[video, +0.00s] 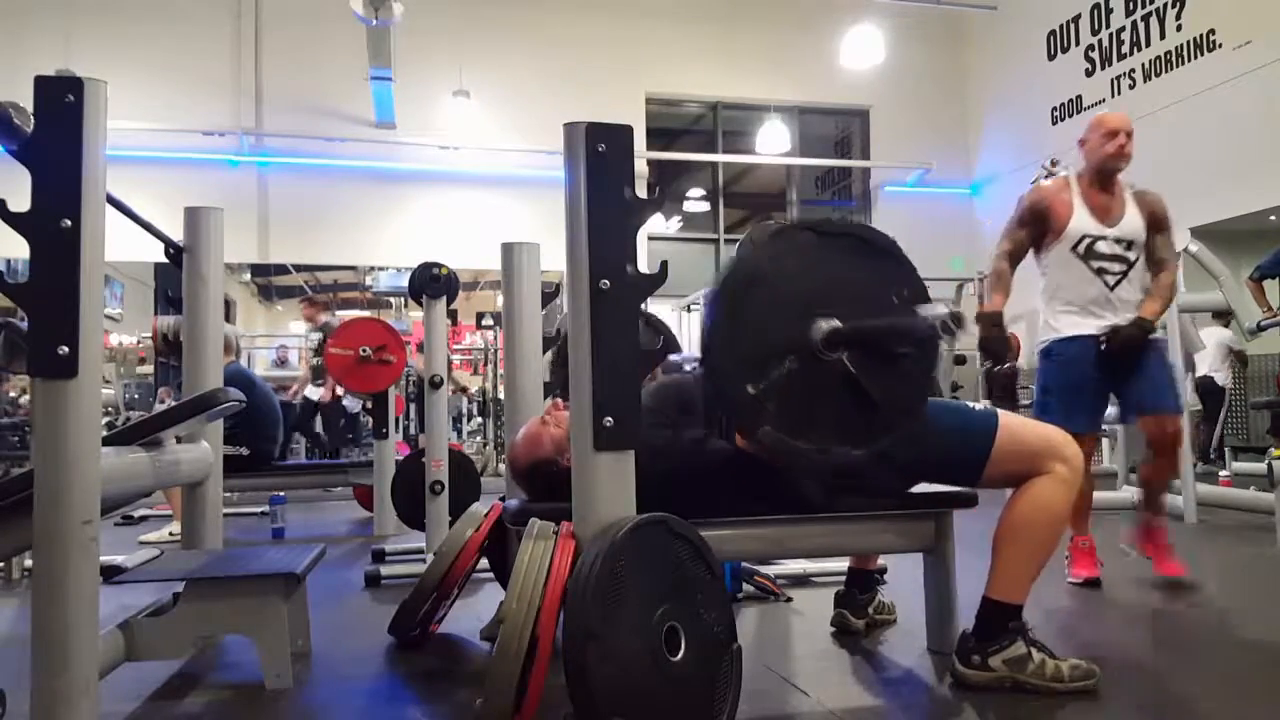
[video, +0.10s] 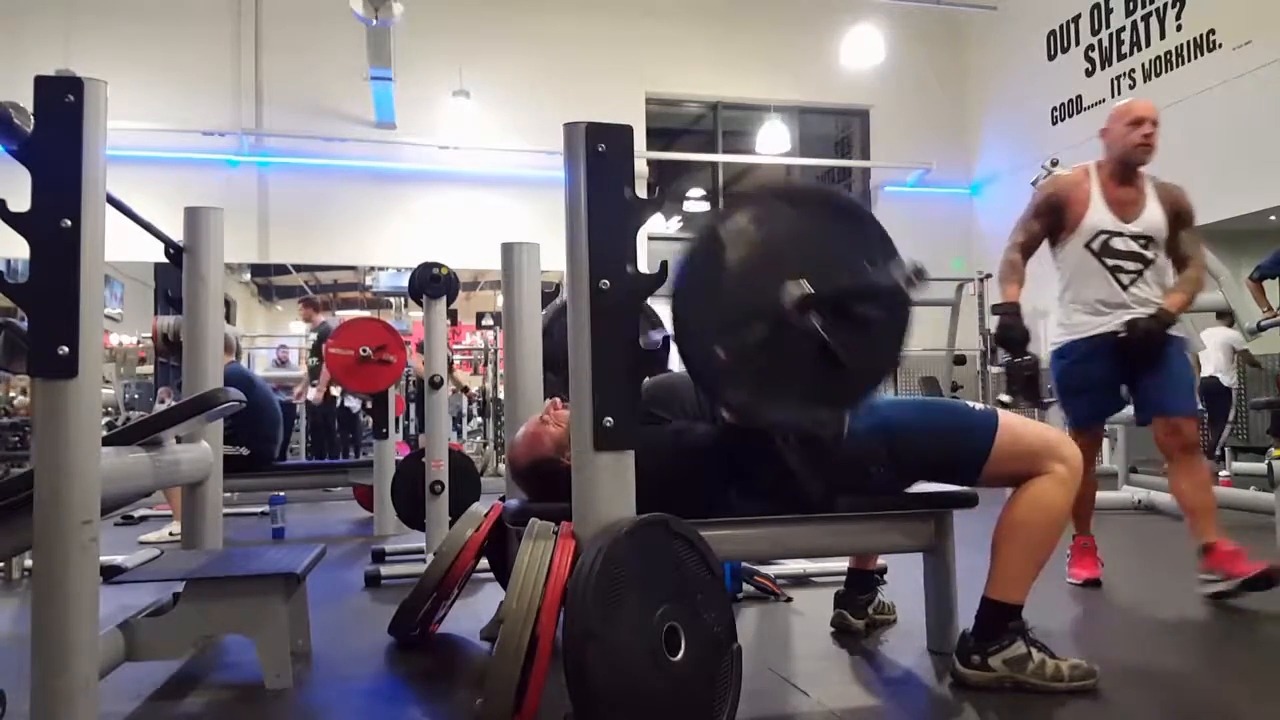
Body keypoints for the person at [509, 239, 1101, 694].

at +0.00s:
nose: (552, 406)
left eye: (542, 413)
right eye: (546, 423)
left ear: (563, 422)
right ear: (564, 453)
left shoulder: (626, 419)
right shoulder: (627, 451)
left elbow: (721, 403)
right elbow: (738, 435)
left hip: (808, 428)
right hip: (843, 438)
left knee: (892, 444)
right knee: (1060, 457)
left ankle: (858, 597)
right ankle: (993, 639)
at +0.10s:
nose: (548, 410)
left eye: (540, 415)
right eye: (542, 425)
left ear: (560, 422)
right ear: (560, 455)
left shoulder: (617, 424)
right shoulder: (608, 455)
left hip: (787, 436)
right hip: (831, 441)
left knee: (904, 430)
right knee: (1058, 458)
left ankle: (858, 596)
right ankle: (992, 642)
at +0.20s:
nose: (546, 412)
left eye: (538, 417)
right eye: (540, 428)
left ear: (557, 422)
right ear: (557, 461)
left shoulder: (608, 425)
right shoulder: (607, 451)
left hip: (806, 426)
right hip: (835, 434)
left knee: (921, 435)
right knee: (1053, 456)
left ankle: (858, 596)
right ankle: (992, 640)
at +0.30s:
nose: (549, 406)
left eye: (537, 412)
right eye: (540, 421)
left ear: (554, 450)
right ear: (559, 456)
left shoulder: (602, 446)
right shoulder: (627, 453)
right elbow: (690, 360)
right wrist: (694, 264)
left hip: (802, 449)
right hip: (839, 430)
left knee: (898, 456)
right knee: (1050, 450)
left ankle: (862, 594)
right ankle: (992, 641)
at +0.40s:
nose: (543, 408)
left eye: (531, 415)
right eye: (536, 426)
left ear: (552, 448)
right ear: (558, 460)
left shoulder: (602, 431)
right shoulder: (618, 434)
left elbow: (641, 329)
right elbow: (657, 307)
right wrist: (658, 218)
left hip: (813, 426)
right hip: (841, 433)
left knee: (914, 432)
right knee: (1049, 451)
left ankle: (860, 594)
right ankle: (991, 642)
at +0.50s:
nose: (544, 406)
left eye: (533, 411)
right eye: (536, 425)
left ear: (556, 445)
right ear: (558, 460)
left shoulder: (611, 417)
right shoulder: (622, 431)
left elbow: (653, 289)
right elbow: (662, 290)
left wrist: (660, 177)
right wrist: (658, 173)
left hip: (811, 418)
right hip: (837, 431)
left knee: (906, 432)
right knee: (1049, 450)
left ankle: (861, 596)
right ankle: (992, 642)